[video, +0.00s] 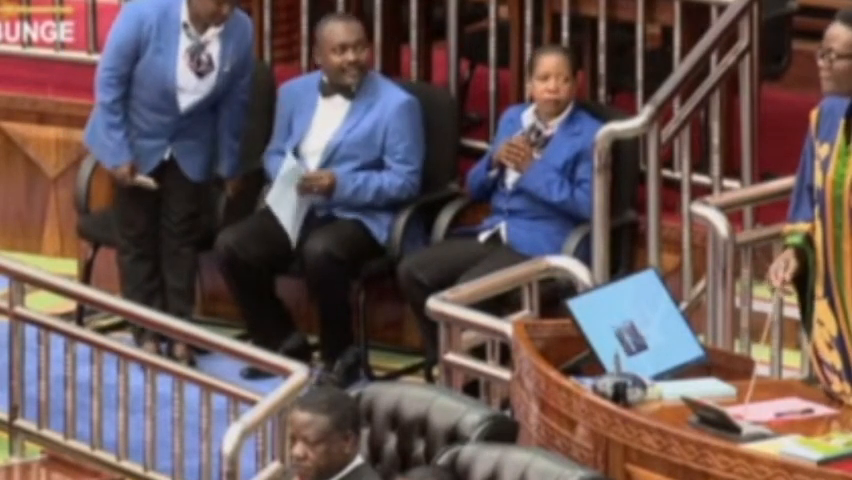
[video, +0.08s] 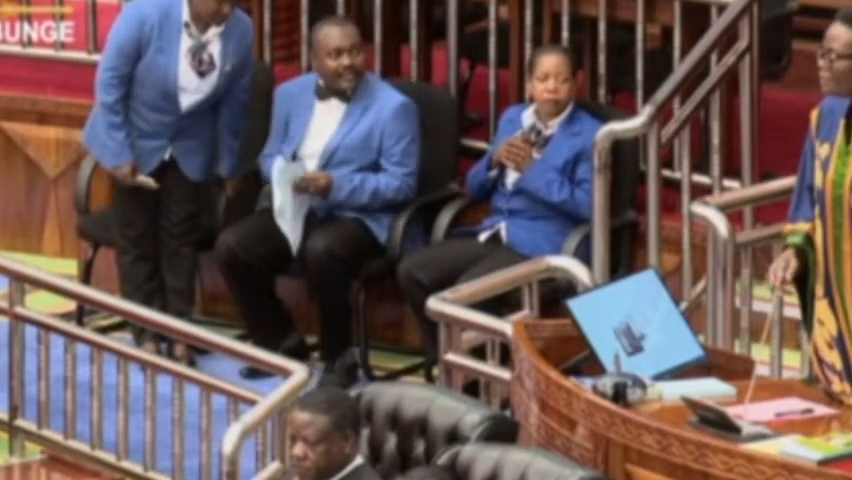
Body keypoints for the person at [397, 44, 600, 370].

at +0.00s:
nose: (553, 88)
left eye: (562, 80)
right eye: (544, 79)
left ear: (576, 85)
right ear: (530, 84)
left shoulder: (590, 135)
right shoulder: (512, 119)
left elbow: (589, 207)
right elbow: (474, 189)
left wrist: (530, 170)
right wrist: (495, 163)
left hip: (539, 250)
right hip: (494, 238)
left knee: (460, 299)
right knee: (414, 271)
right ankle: (444, 365)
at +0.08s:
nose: (552, 88)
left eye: (562, 81)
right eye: (543, 79)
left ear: (575, 85)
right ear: (530, 84)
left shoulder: (590, 135)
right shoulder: (512, 119)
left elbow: (589, 207)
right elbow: (474, 189)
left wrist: (530, 170)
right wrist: (495, 162)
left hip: (539, 250)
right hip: (494, 238)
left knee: (460, 299)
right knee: (413, 271)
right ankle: (444, 365)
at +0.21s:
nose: (538, 89)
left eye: (549, 81)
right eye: (532, 80)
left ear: (572, 87)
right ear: (524, 83)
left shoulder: (590, 135)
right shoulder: (512, 119)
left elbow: (589, 207)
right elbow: (474, 188)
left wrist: (530, 170)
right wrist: (495, 163)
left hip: (539, 249)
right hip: (494, 236)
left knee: (462, 297)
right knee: (413, 271)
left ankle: (485, 381)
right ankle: (446, 366)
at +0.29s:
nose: (529, 90)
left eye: (540, 82)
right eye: (527, 80)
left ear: (567, 89)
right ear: (521, 82)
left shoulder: (590, 135)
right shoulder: (512, 119)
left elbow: (589, 207)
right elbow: (475, 188)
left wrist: (529, 171)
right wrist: (495, 163)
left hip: (540, 249)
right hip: (494, 237)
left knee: (462, 298)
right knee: (413, 272)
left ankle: (484, 380)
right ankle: (446, 364)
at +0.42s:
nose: (525, 90)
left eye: (535, 83)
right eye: (524, 81)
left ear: (563, 90)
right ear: (520, 82)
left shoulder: (590, 135)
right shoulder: (512, 119)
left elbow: (589, 207)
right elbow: (475, 188)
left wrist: (529, 171)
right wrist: (494, 163)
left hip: (539, 249)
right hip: (494, 237)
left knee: (461, 298)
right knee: (413, 270)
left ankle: (483, 380)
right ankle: (446, 363)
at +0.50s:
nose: (523, 91)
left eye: (532, 83)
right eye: (522, 81)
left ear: (560, 90)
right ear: (519, 83)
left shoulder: (590, 135)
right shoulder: (512, 119)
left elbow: (589, 207)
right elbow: (474, 189)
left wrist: (529, 171)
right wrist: (494, 163)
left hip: (539, 250)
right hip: (494, 237)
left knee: (461, 298)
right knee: (413, 271)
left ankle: (482, 380)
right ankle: (447, 363)